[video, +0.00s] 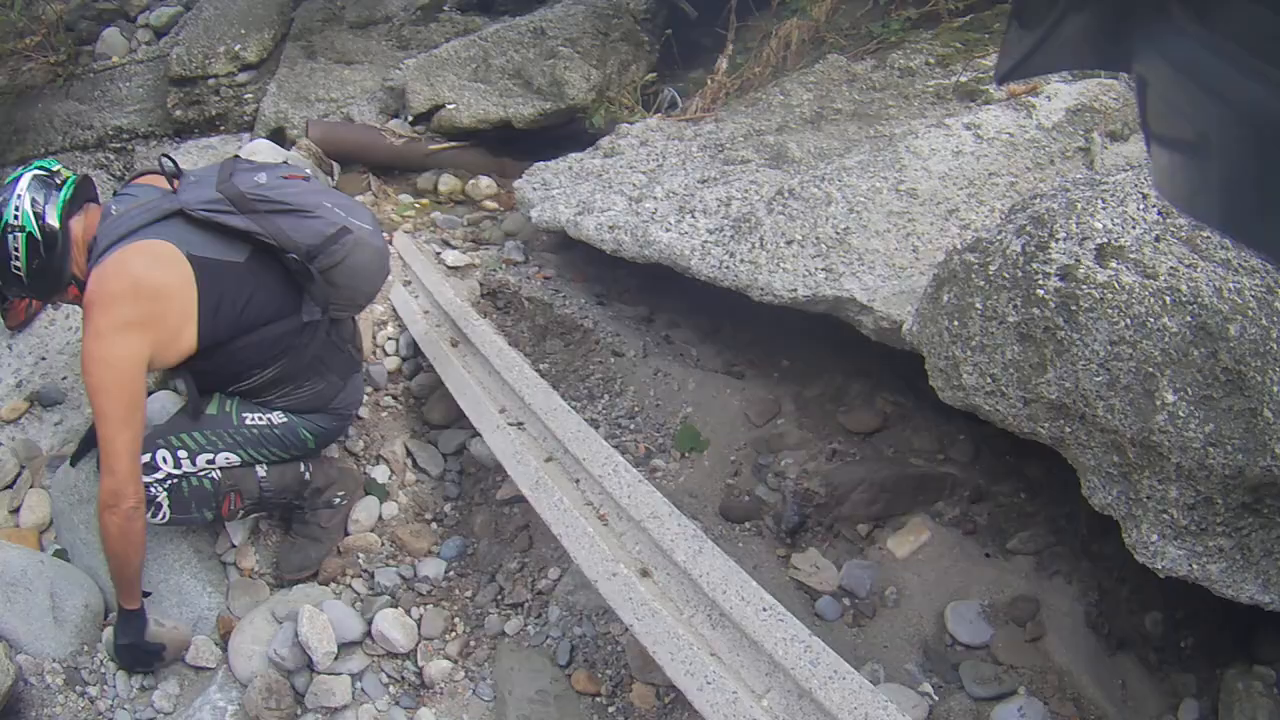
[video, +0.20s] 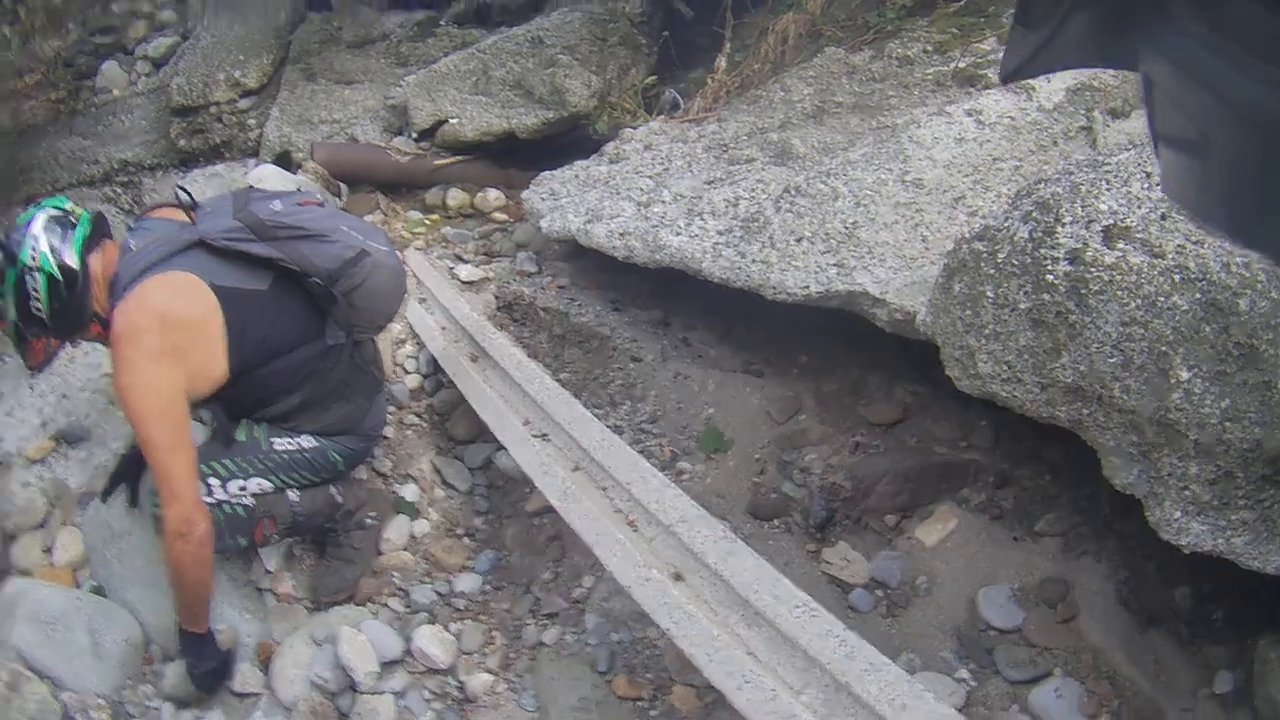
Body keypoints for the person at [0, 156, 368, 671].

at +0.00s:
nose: (49, 297)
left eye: (36, 284)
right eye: (33, 289)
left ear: (44, 254)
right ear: (78, 204)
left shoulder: (114, 308)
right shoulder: (147, 186)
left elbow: (122, 495)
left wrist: (130, 611)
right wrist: (115, 412)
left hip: (308, 407)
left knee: (136, 487)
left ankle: (317, 484)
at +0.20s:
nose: (76, 335)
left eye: (67, 324)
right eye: (66, 331)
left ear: (69, 294)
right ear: (93, 240)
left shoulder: (142, 338)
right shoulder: (163, 220)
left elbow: (188, 520)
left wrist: (196, 637)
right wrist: (147, 443)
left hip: (332, 431)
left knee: (187, 512)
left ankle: (344, 508)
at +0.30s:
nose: (138, 377)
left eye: (128, 365)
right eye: (125, 367)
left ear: (139, 339)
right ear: (156, 279)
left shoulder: (219, 374)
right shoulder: (225, 261)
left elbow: (283, 538)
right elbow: (236, 390)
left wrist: (288, 646)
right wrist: (217, 476)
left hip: (408, 448)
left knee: (250, 532)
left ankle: (423, 521)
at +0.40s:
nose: (168, 388)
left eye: (158, 375)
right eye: (155, 379)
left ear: (176, 350)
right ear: (204, 299)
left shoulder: (266, 393)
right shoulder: (275, 281)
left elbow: (337, 553)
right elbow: (274, 409)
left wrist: (330, 658)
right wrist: (259, 500)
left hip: (456, 474)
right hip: (456, 400)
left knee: (296, 559)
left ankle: (465, 546)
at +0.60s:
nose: (219, 390)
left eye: (207, 377)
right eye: (207, 381)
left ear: (214, 358)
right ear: (249, 304)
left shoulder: (286, 393)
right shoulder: (308, 311)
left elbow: (329, 562)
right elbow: (274, 441)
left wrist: (287, 658)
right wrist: (255, 531)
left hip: (460, 523)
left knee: (288, 584)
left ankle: (460, 603)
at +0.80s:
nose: (271, 405)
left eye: (262, 390)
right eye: (258, 395)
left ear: (270, 362)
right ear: (309, 328)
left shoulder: (335, 404)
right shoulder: (352, 357)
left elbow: (323, 563)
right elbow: (297, 456)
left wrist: (237, 629)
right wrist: (252, 539)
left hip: (481, 576)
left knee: (303, 622)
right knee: (313, 475)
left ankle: (472, 650)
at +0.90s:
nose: (237, 319)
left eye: (226, 302)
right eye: (225, 308)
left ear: (238, 278)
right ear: (275, 243)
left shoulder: (308, 315)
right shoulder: (322, 274)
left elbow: (270, 474)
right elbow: (271, 370)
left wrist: (175, 517)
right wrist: (215, 442)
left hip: (434, 507)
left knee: (261, 560)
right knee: (280, 405)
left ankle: (424, 588)